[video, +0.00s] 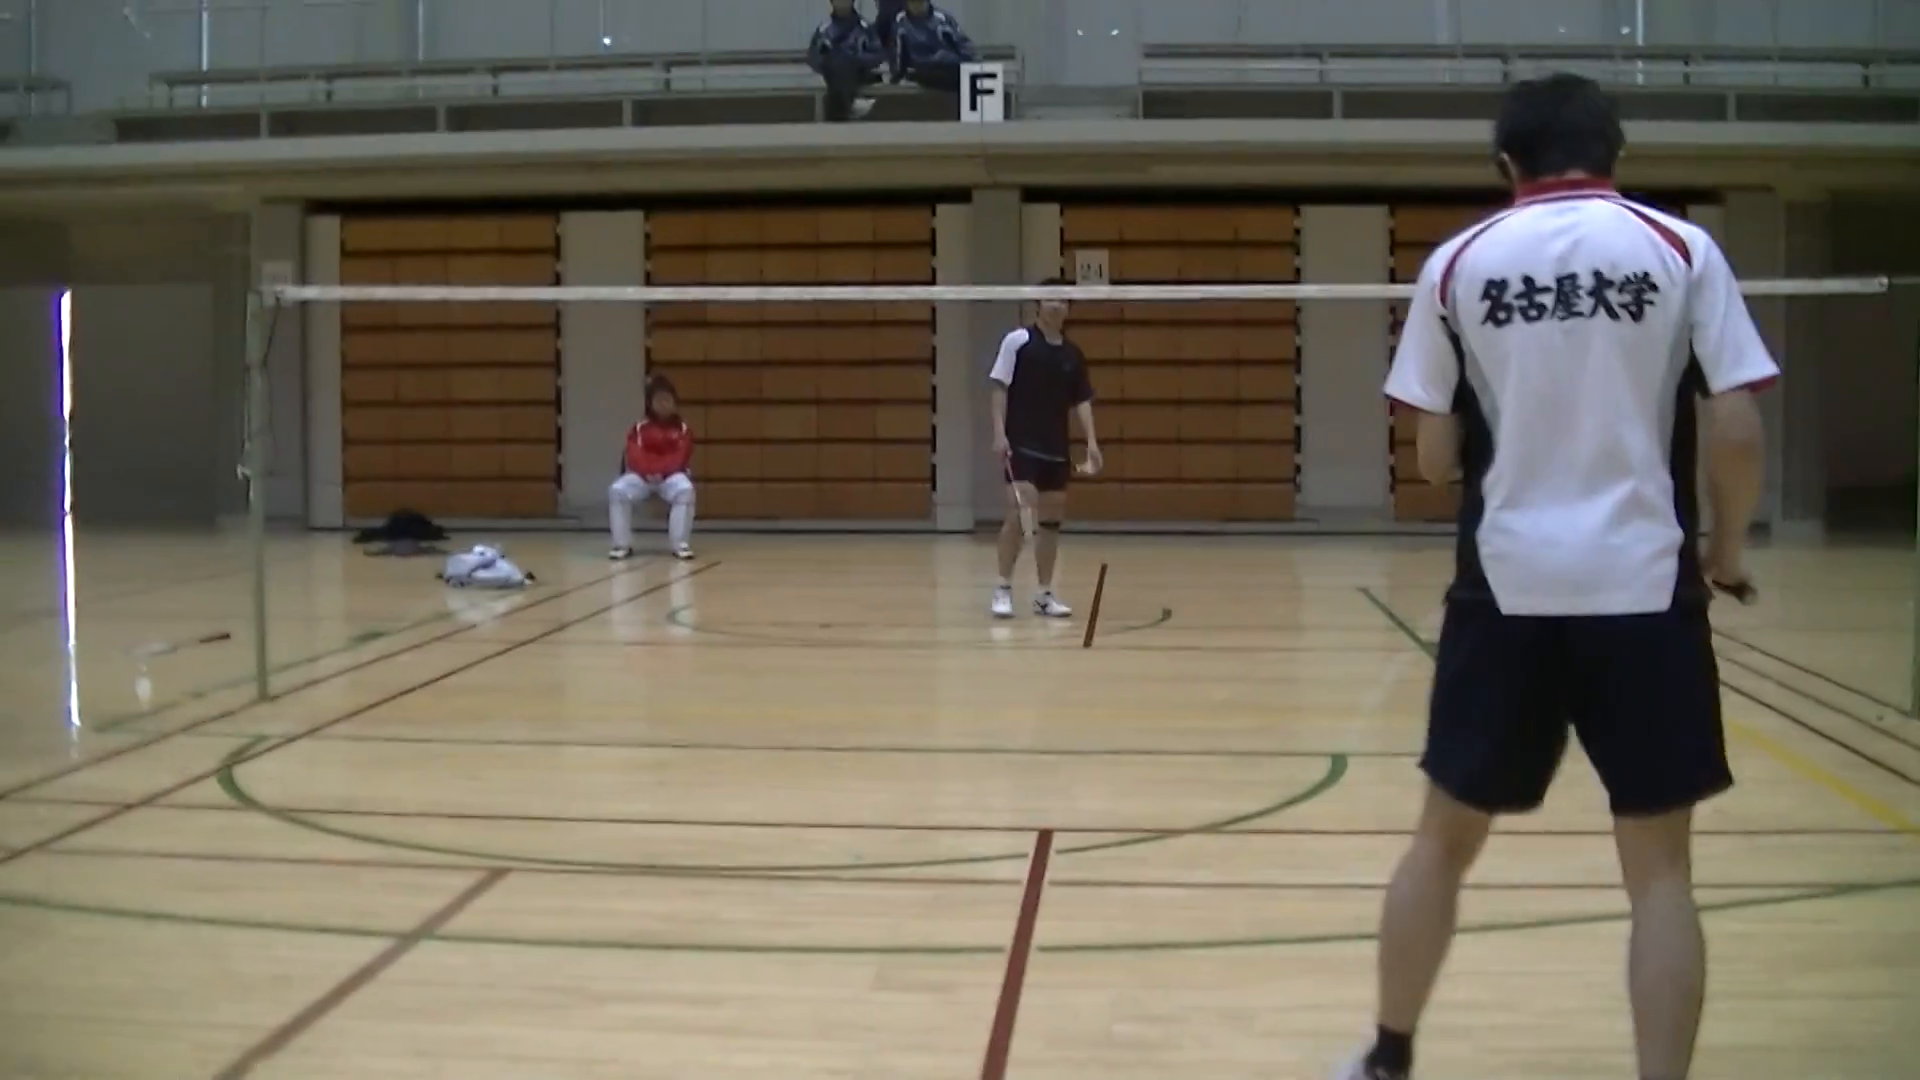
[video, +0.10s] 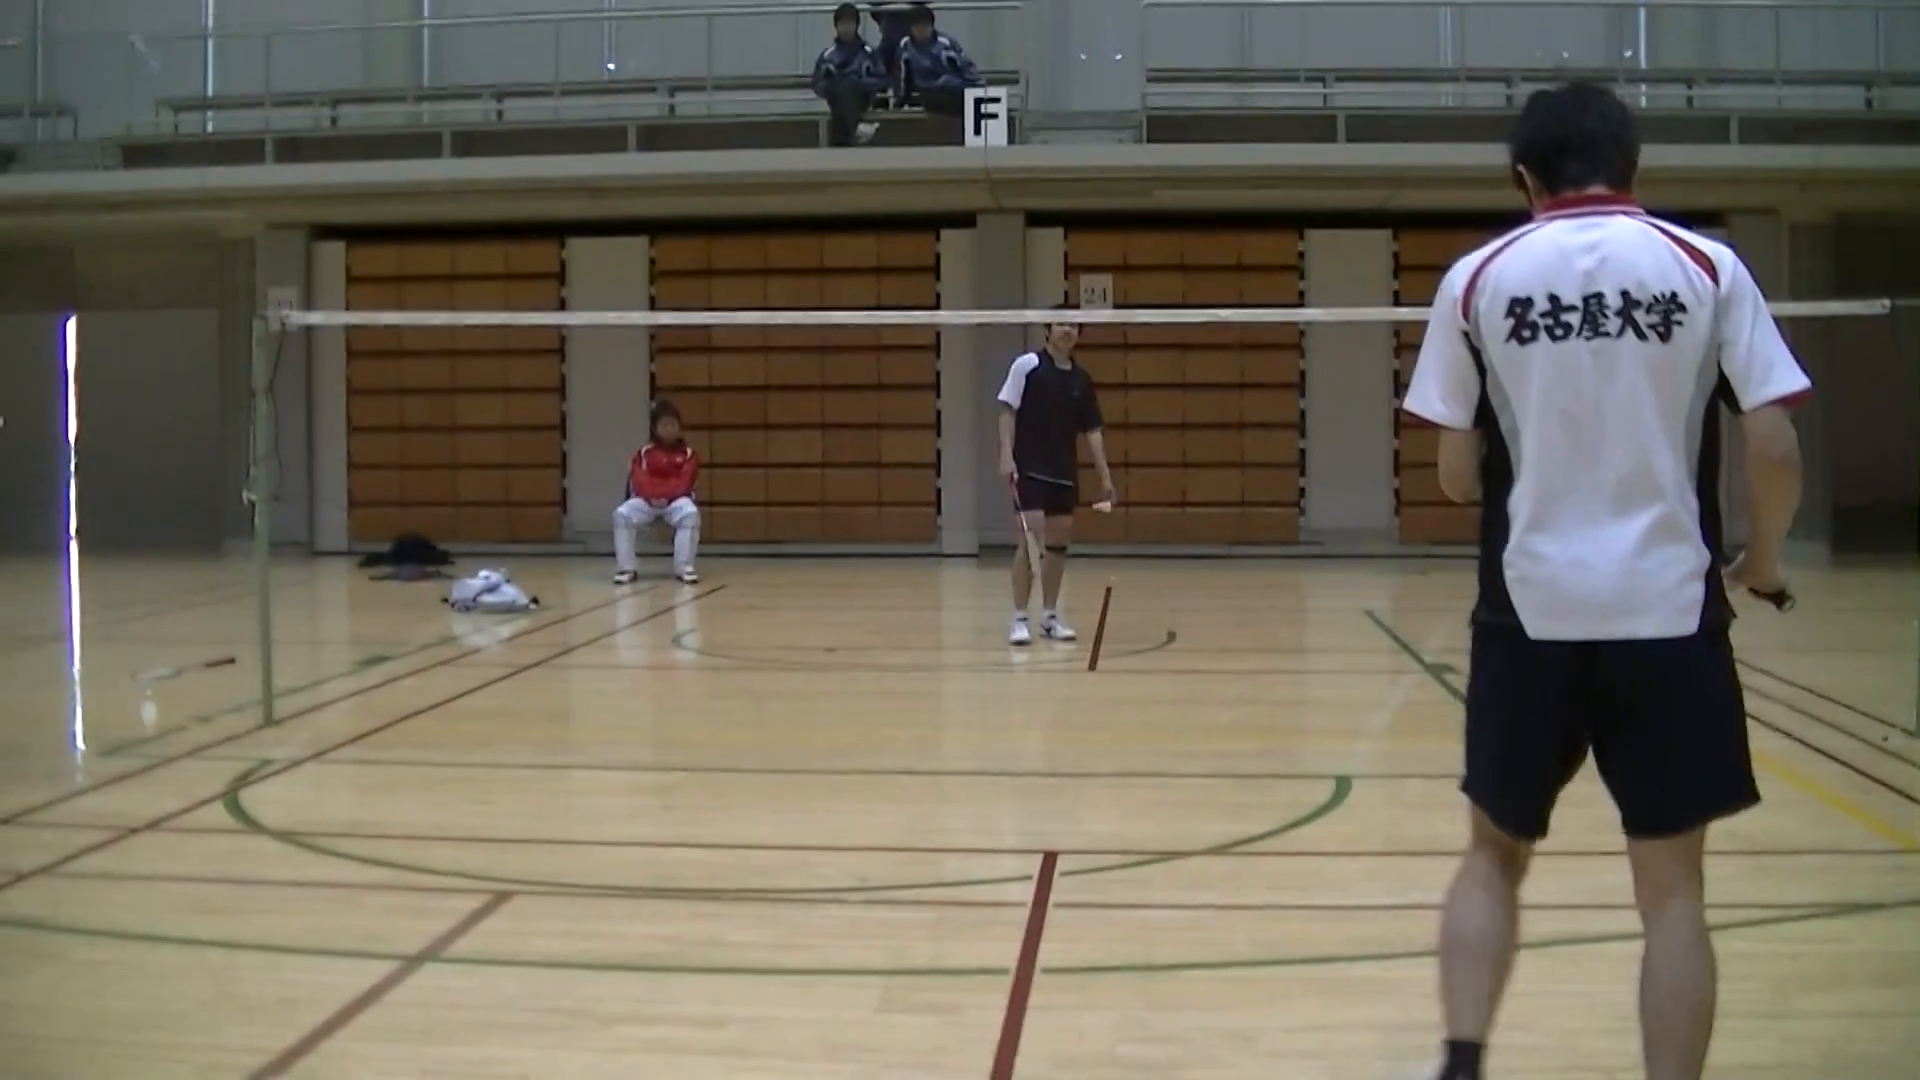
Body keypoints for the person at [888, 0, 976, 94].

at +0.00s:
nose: (917, 7)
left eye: (921, 3)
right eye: (913, 3)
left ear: (927, 3)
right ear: (907, 4)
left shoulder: (942, 17)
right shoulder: (901, 22)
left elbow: (960, 41)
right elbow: (898, 51)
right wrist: (897, 74)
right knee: (944, 56)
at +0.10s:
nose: (922, 32)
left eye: (925, 27)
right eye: (917, 28)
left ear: (932, 27)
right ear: (911, 29)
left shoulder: (946, 43)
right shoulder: (906, 46)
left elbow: (965, 65)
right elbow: (901, 75)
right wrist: (899, 100)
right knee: (947, 81)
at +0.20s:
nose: (918, 41)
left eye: (922, 36)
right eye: (914, 36)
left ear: (928, 35)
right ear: (908, 37)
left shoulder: (943, 51)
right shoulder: (902, 55)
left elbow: (962, 73)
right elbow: (897, 85)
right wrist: (896, 108)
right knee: (945, 88)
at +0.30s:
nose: (917, 44)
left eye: (921, 39)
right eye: (913, 39)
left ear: (928, 38)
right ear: (907, 40)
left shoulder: (942, 55)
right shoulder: (901, 58)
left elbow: (962, 77)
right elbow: (897, 88)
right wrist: (894, 114)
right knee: (944, 92)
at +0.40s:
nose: (917, 47)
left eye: (921, 42)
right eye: (913, 42)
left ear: (927, 41)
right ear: (907, 43)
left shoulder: (943, 58)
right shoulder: (901, 61)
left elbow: (962, 81)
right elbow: (898, 92)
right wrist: (893, 118)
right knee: (944, 95)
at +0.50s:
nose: (918, 49)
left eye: (921, 44)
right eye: (913, 45)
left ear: (928, 43)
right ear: (907, 45)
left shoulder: (943, 60)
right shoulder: (902, 64)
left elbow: (962, 83)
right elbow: (898, 93)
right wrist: (894, 119)